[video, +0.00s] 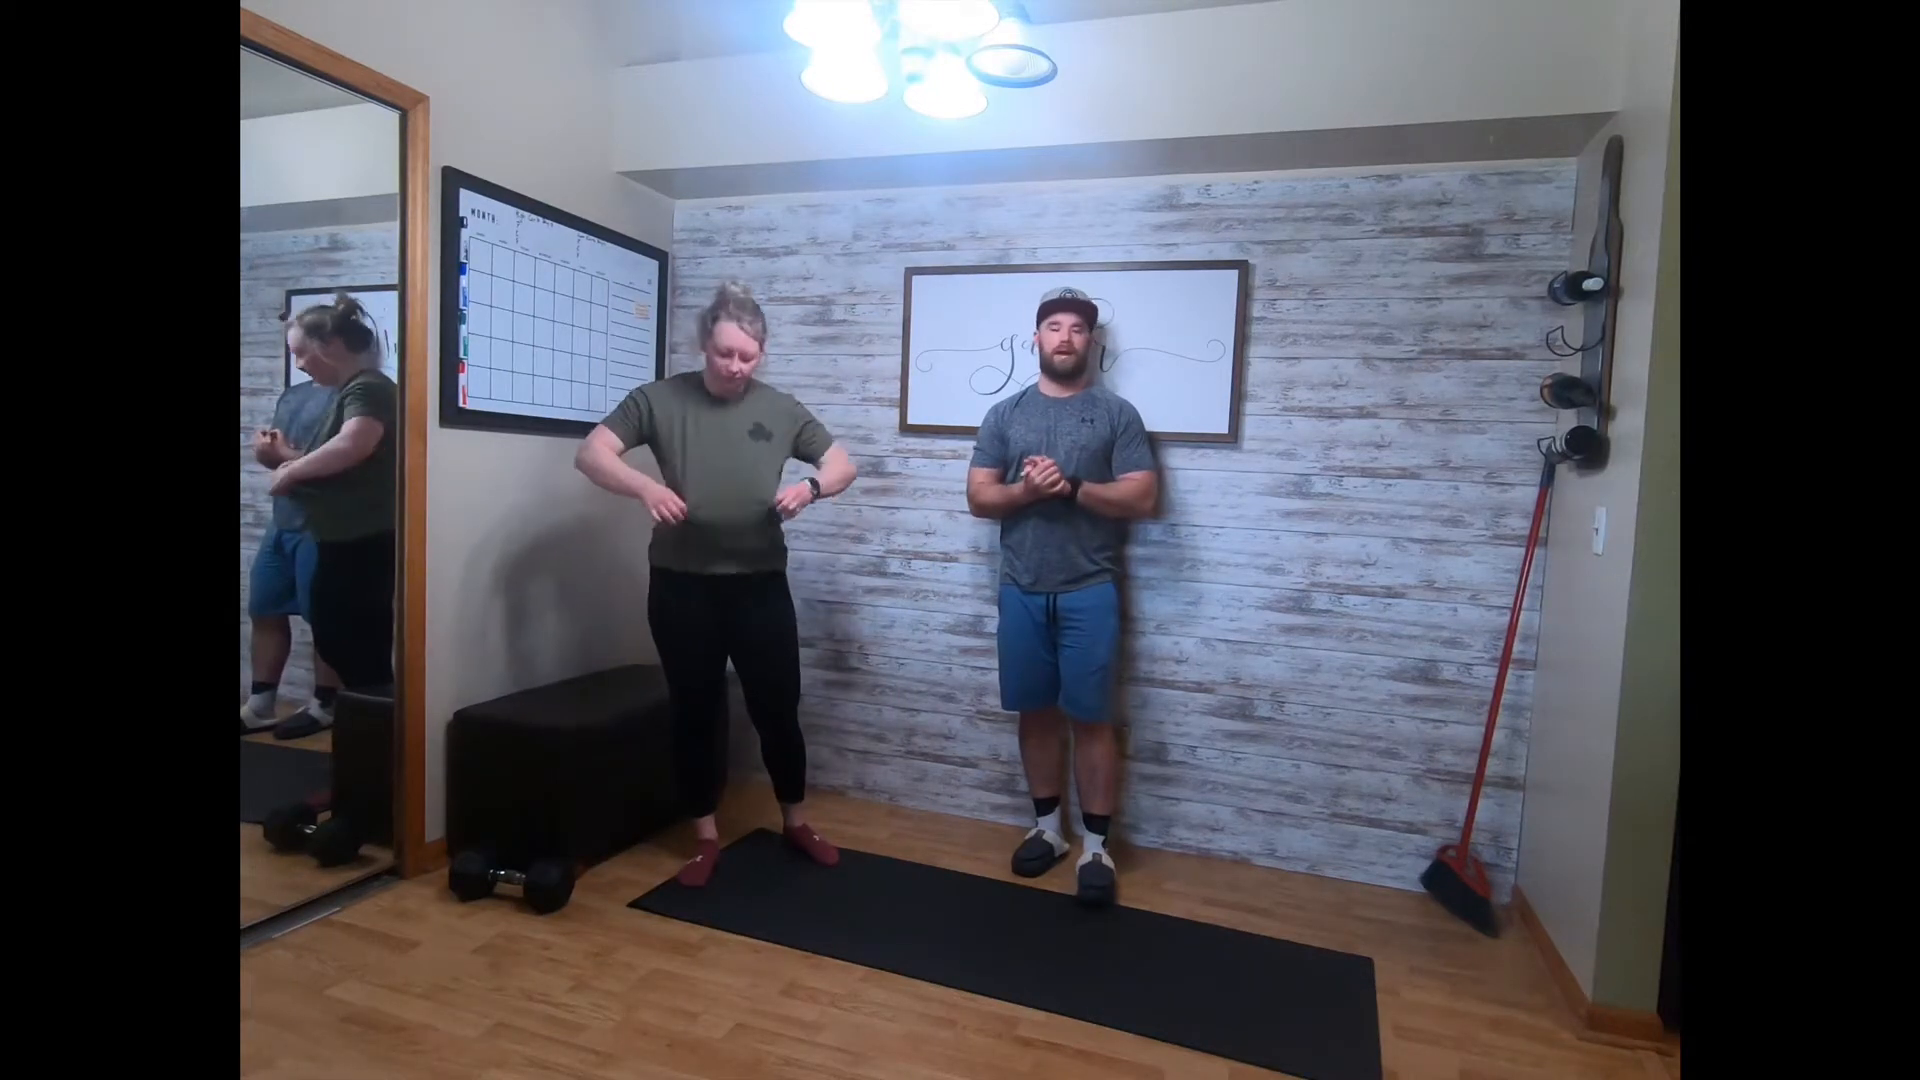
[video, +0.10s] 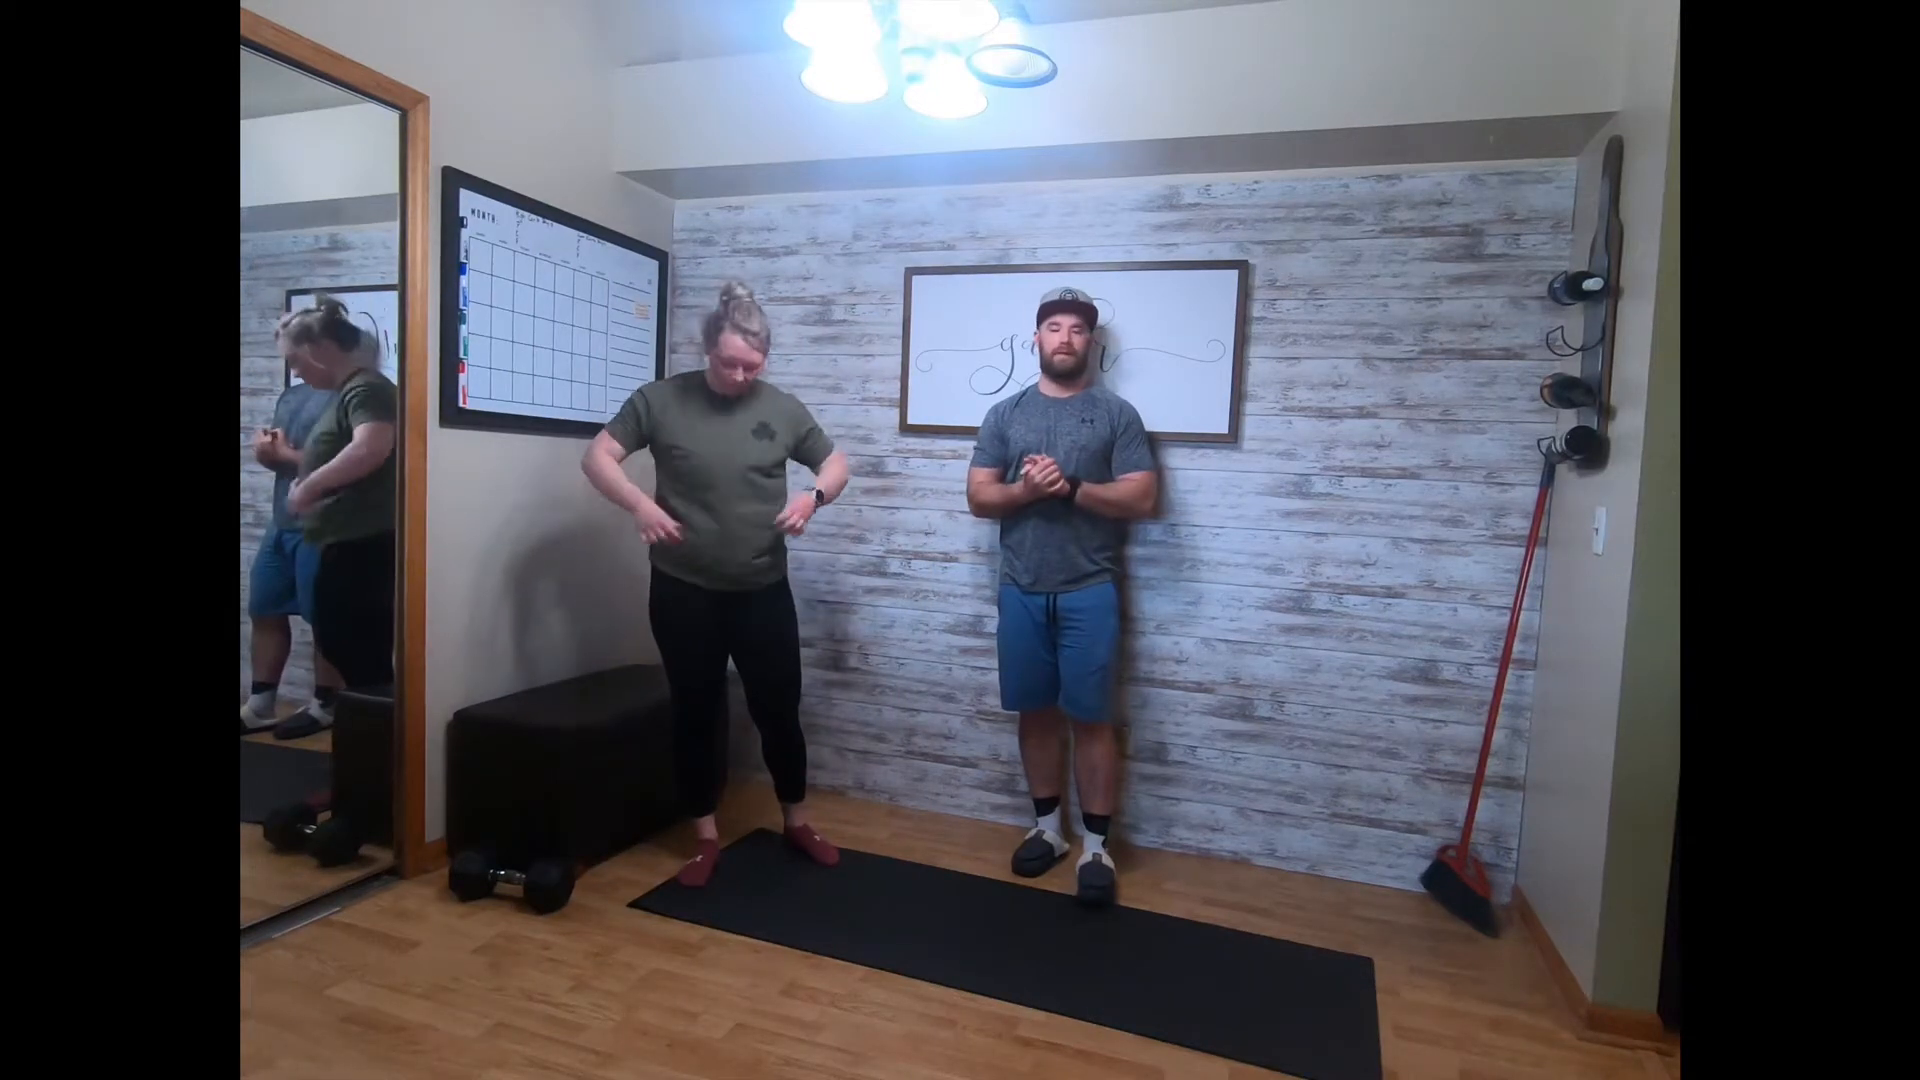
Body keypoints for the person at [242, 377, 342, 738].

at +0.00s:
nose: (298, 362)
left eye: (303, 353)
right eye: (294, 353)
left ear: (325, 347)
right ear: (290, 352)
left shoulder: (344, 397)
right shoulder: (291, 394)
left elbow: (333, 460)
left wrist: (283, 456)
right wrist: (275, 449)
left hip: (322, 527)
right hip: (283, 523)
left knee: (323, 619)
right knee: (265, 609)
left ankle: (325, 705)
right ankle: (261, 703)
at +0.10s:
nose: (291, 361)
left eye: (296, 353)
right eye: (289, 354)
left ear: (319, 346)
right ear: (288, 349)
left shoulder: (344, 397)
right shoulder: (290, 395)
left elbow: (334, 461)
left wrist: (284, 456)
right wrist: (274, 450)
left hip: (322, 530)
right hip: (283, 525)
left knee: (324, 622)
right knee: (265, 608)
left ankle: (326, 705)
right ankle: (261, 702)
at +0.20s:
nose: (286, 379)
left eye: (288, 369)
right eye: (281, 372)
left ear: (308, 357)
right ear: (283, 366)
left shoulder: (341, 398)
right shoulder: (290, 396)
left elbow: (335, 464)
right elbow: (280, 453)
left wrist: (283, 455)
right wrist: (270, 447)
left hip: (320, 531)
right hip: (282, 527)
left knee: (323, 622)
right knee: (266, 610)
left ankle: (326, 706)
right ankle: (261, 702)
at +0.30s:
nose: (281, 383)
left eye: (283, 374)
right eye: (277, 376)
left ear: (306, 360)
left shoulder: (340, 402)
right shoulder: (287, 399)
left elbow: (336, 463)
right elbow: (280, 461)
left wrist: (284, 454)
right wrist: (272, 449)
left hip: (321, 530)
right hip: (282, 528)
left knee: (324, 620)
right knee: (264, 609)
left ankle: (326, 706)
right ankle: (261, 703)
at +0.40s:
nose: (279, 383)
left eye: (281, 374)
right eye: (274, 377)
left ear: (303, 356)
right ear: (275, 366)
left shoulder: (333, 403)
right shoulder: (286, 399)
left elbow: (332, 464)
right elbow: (282, 463)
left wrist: (284, 453)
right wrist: (271, 449)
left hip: (320, 530)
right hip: (282, 528)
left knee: (322, 618)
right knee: (264, 609)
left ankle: (325, 705)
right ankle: (261, 702)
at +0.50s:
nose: (280, 387)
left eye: (280, 378)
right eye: (274, 380)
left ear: (299, 361)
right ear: (277, 368)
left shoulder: (333, 406)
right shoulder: (285, 404)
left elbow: (333, 466)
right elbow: (288, 461)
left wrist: (282, 454)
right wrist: (272, 449)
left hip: (317, 529)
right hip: (280, 527)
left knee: (318, 617)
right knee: (264, 610)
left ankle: (325, 705)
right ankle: (261, 702)